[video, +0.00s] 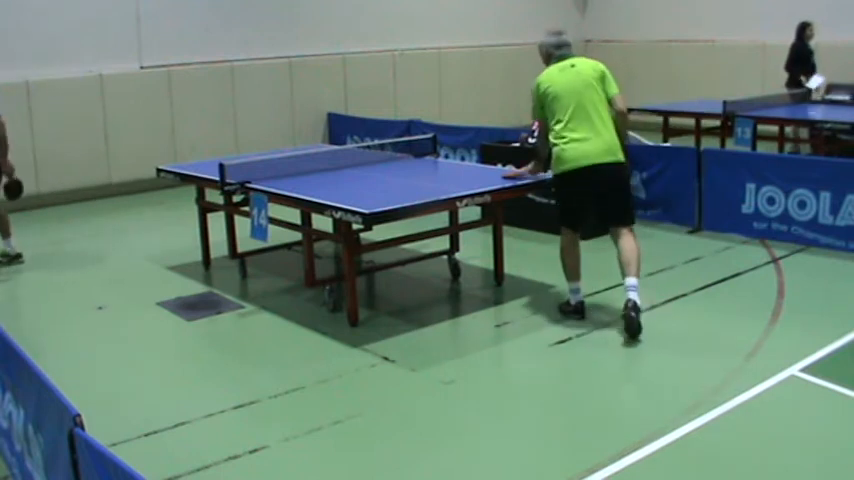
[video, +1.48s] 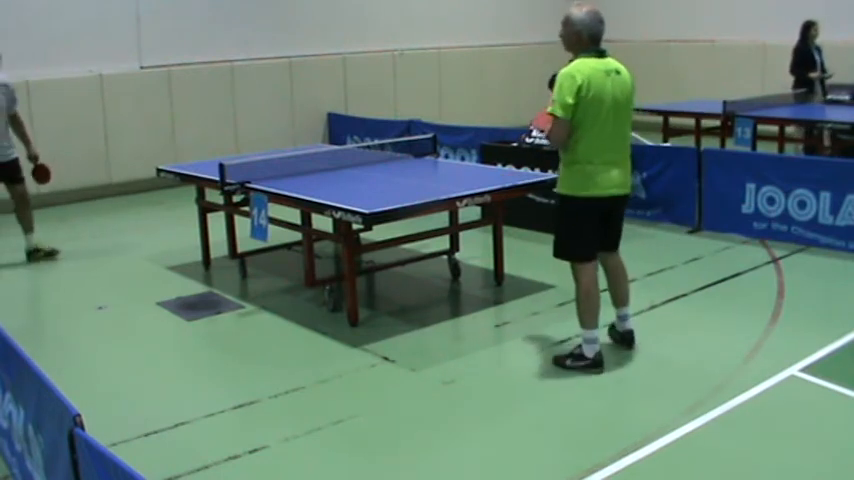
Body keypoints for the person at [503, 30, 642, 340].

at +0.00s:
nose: (540, 61)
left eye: (540, 56)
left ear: (545, 55)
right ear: (570, 49)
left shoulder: (542, 82)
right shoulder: (596, 68)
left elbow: (542, 132)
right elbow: (620, 109)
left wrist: (539, 164)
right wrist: (619, 145)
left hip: (570, 167)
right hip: (610, 161)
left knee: (569, 233)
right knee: (623, 230)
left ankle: (575, 300)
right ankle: (633, 298)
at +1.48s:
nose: (560, 35)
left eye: (562, 30)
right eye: (561, 29)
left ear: (571, 35)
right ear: (599, 35)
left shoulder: (572, 75)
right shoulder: (622, 73)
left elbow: (557, 137)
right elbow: (619, 125)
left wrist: (549, 121)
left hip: (581, 189)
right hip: (617, 185)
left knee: (583, 266)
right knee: (609, 253)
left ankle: (590, 350)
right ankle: (624, 327)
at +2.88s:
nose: (594, 38)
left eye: (594, 33)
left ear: (596, 35)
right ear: (627, 35)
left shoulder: (591, 72)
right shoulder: (648, 74)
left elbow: (577, 131)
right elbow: (661, 131)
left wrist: (577, 143)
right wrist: (627, 126)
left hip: (595, 184)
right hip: (637, 184)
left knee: (578, 256)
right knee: (626, 252)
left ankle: (587, 340)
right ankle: (625, 338)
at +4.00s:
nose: (581, 40)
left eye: (582, 35)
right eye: (586, 34)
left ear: (585, 35)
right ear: (615, 33)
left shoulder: (583, 73)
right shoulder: (636, 71)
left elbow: (572, 138)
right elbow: (626, 122)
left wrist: (557, 137)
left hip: (586, 184)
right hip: (626, 183)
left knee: (583, 260)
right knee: (616, 252)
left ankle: (591, 347)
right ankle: (624, 339)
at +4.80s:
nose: (547, 41)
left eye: (548, 36)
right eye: (547, 36)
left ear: (556, 37)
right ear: (582, 35)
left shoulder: (568, 75)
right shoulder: (604, 67)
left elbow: (570, 136)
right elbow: (594, 104)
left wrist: (539, 167)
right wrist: (552, 89)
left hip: (578, 189)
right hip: (605, 184)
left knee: (575, 260)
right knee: (585, 256)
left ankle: (591, 347)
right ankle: (593, 331)